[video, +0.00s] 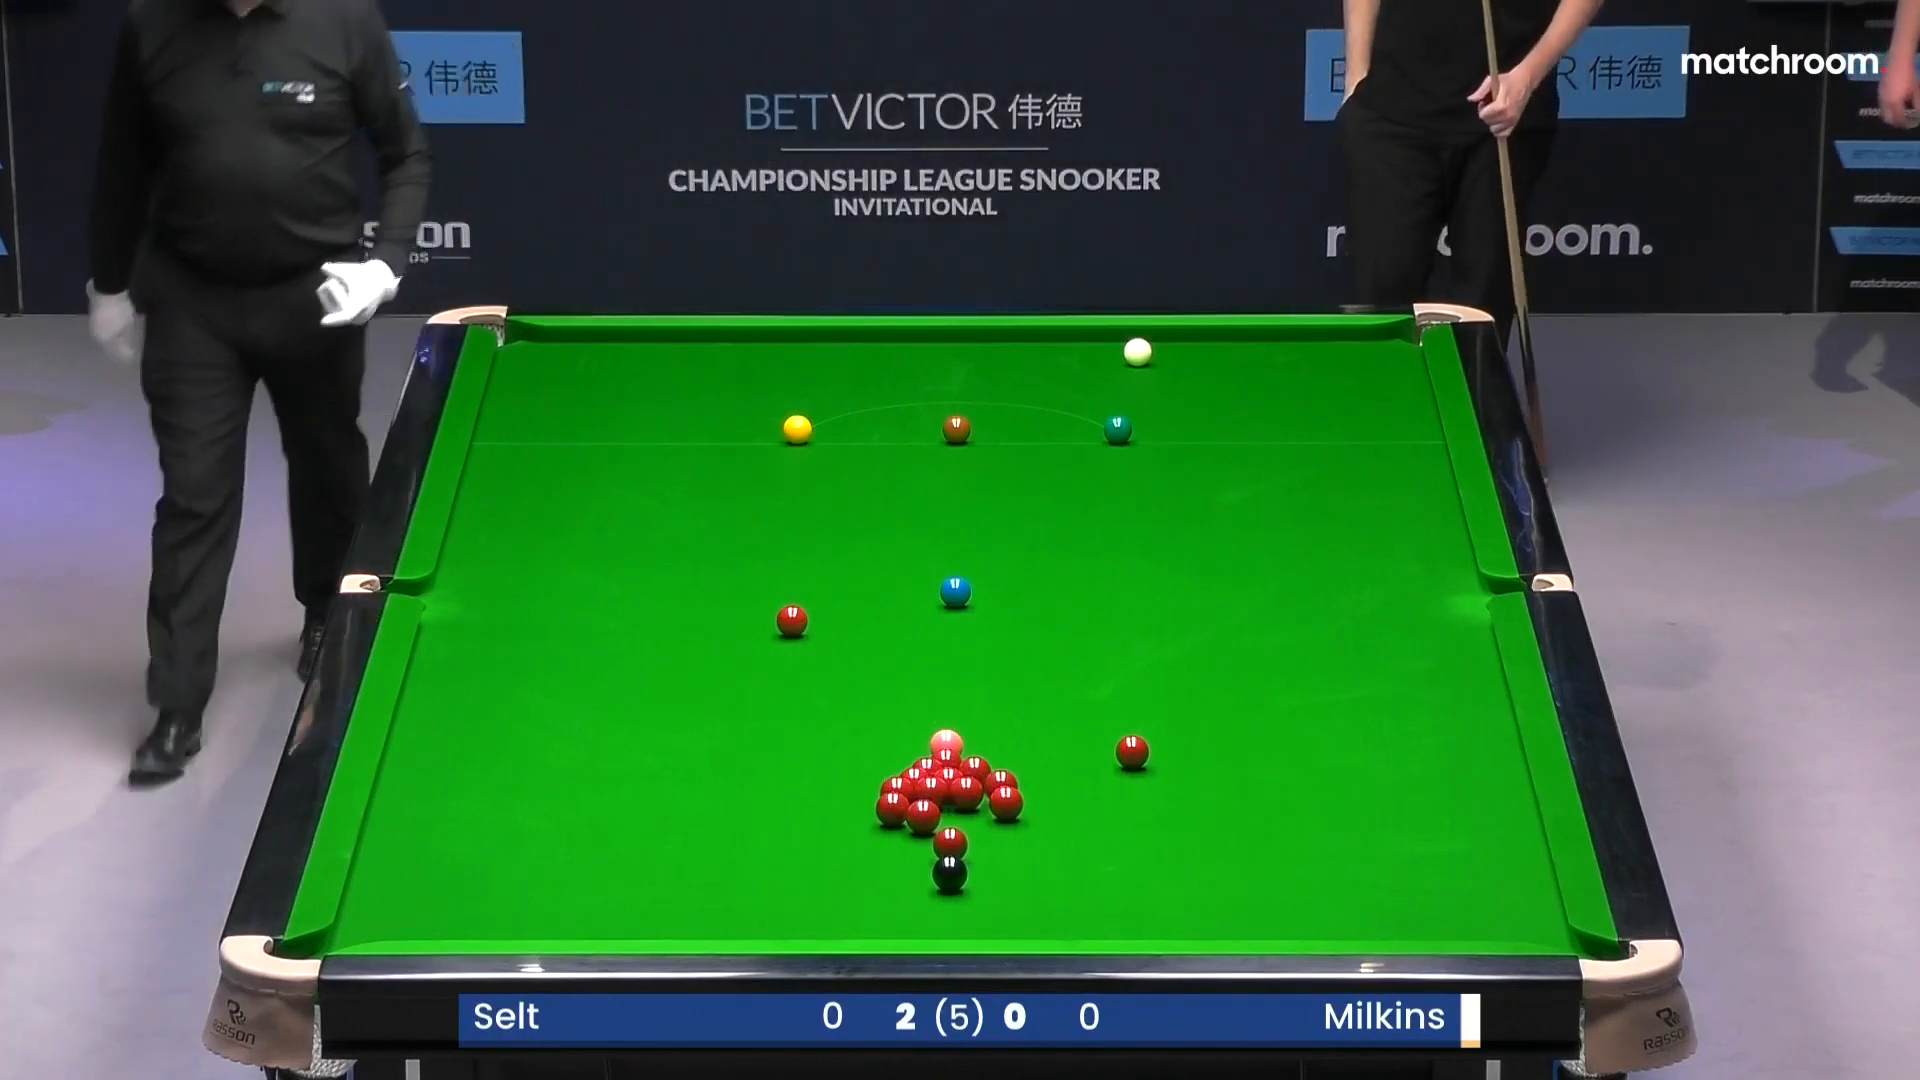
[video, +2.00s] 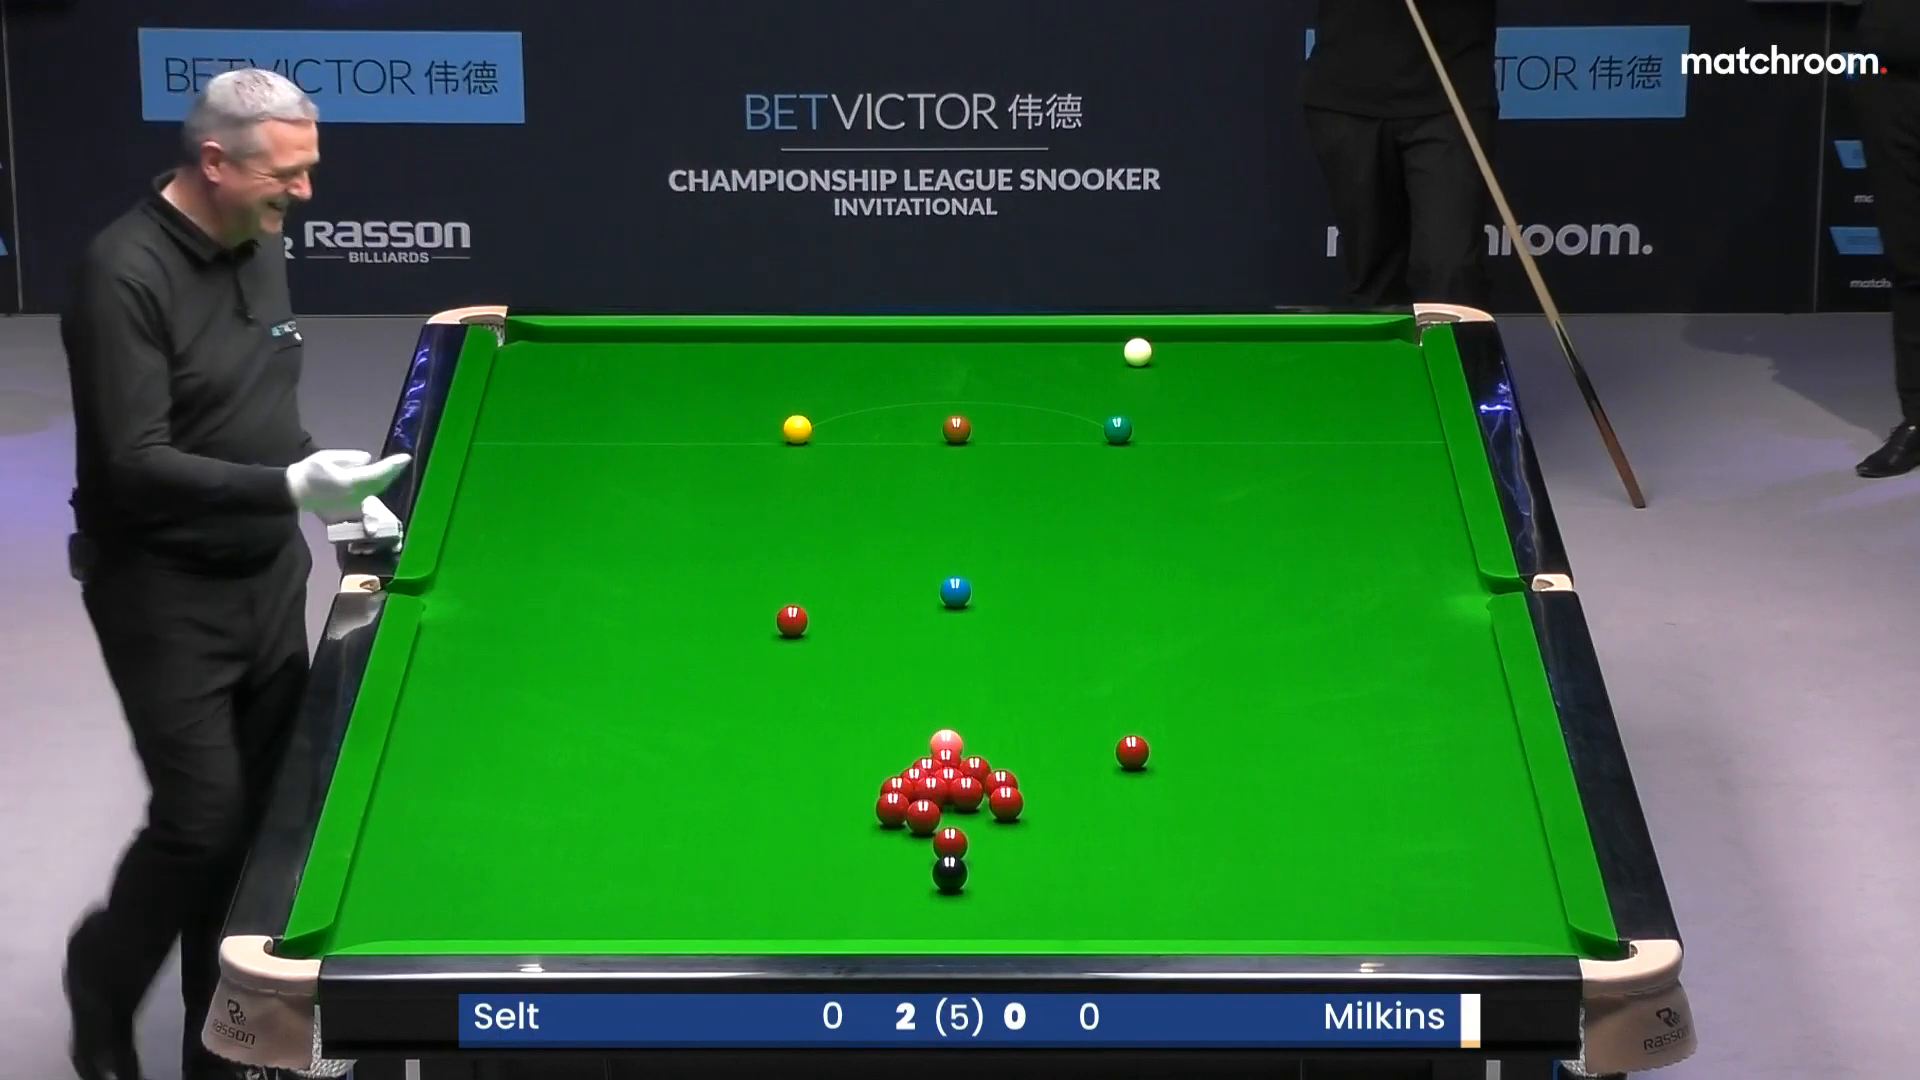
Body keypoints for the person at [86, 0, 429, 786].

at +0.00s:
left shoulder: (346, 20)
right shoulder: (155, 23)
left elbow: (408, 151)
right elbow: (122, 155)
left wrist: (385, 258)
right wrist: (108, 279)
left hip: (315, 297)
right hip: (191, 301)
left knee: (329, 474)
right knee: (193, 503)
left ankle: (329, 624)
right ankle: (177, 705)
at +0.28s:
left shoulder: (288, 26)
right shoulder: (86, 42)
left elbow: (349, 160)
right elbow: (41, 194)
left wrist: (342, 268)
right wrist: (22, 339)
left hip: (257, 319)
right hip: (131, 329)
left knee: (261, 513)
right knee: (151, 533)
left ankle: (269, 669)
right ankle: (176, 714)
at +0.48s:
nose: (192, 10)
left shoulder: (270, 70)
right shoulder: (63, 80)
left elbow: (320, 202)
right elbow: (16, 231)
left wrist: (334, 299)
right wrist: (3, 367)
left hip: (231, 364)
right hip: (109, 369)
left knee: (211, 573)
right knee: (144, 566)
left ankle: (205, 792)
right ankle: (174, 721)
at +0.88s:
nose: (199, 32)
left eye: (211, 14)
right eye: (179, 15)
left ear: (222, 16)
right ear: (123, 16)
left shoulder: (260, 109)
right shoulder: (45, 123)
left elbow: (307, 248)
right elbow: (8, 290)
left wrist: (336, 358)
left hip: (223, 415)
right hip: (86, 417)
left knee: (214, 637)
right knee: (81, 633)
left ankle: (191, 828)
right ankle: (89, 803)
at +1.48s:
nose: (184, 126)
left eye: (192, 106)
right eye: (164, 112)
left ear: (196, 96)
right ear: (96, 107)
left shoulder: (207, 182)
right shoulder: (18, 214)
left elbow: (248, 331)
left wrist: (324, 445)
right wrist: (17, 494)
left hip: (193, 514)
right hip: (55, 533)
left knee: (232, 723)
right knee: (63, 760)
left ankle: (175, 919)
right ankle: (76, 959)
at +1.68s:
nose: (222, 166)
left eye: (230, 146)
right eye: (204, 149)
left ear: (227, 135)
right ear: (131, 142)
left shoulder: (228, 221)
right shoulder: (50, 249)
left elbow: (248, 363)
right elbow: (18, 426)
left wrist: (322, 460)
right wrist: (133, 481)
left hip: (211, 556)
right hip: (77, 565)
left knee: (206, 802)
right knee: (75, 784)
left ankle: (212, 1031)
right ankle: (81, 973)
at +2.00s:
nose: (303, 192)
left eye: (308, 172)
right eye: (287, 175)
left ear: (236, 167)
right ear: (215, 164)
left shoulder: (257, 250)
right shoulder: (120, 271)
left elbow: (262, 416)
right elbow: (131, 461)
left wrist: (337, 491)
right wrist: (288, 482)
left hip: (264, 578)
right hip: (158, 593)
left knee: (258, 825)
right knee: (204, 821)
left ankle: (228, 1048)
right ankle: (102, 974)